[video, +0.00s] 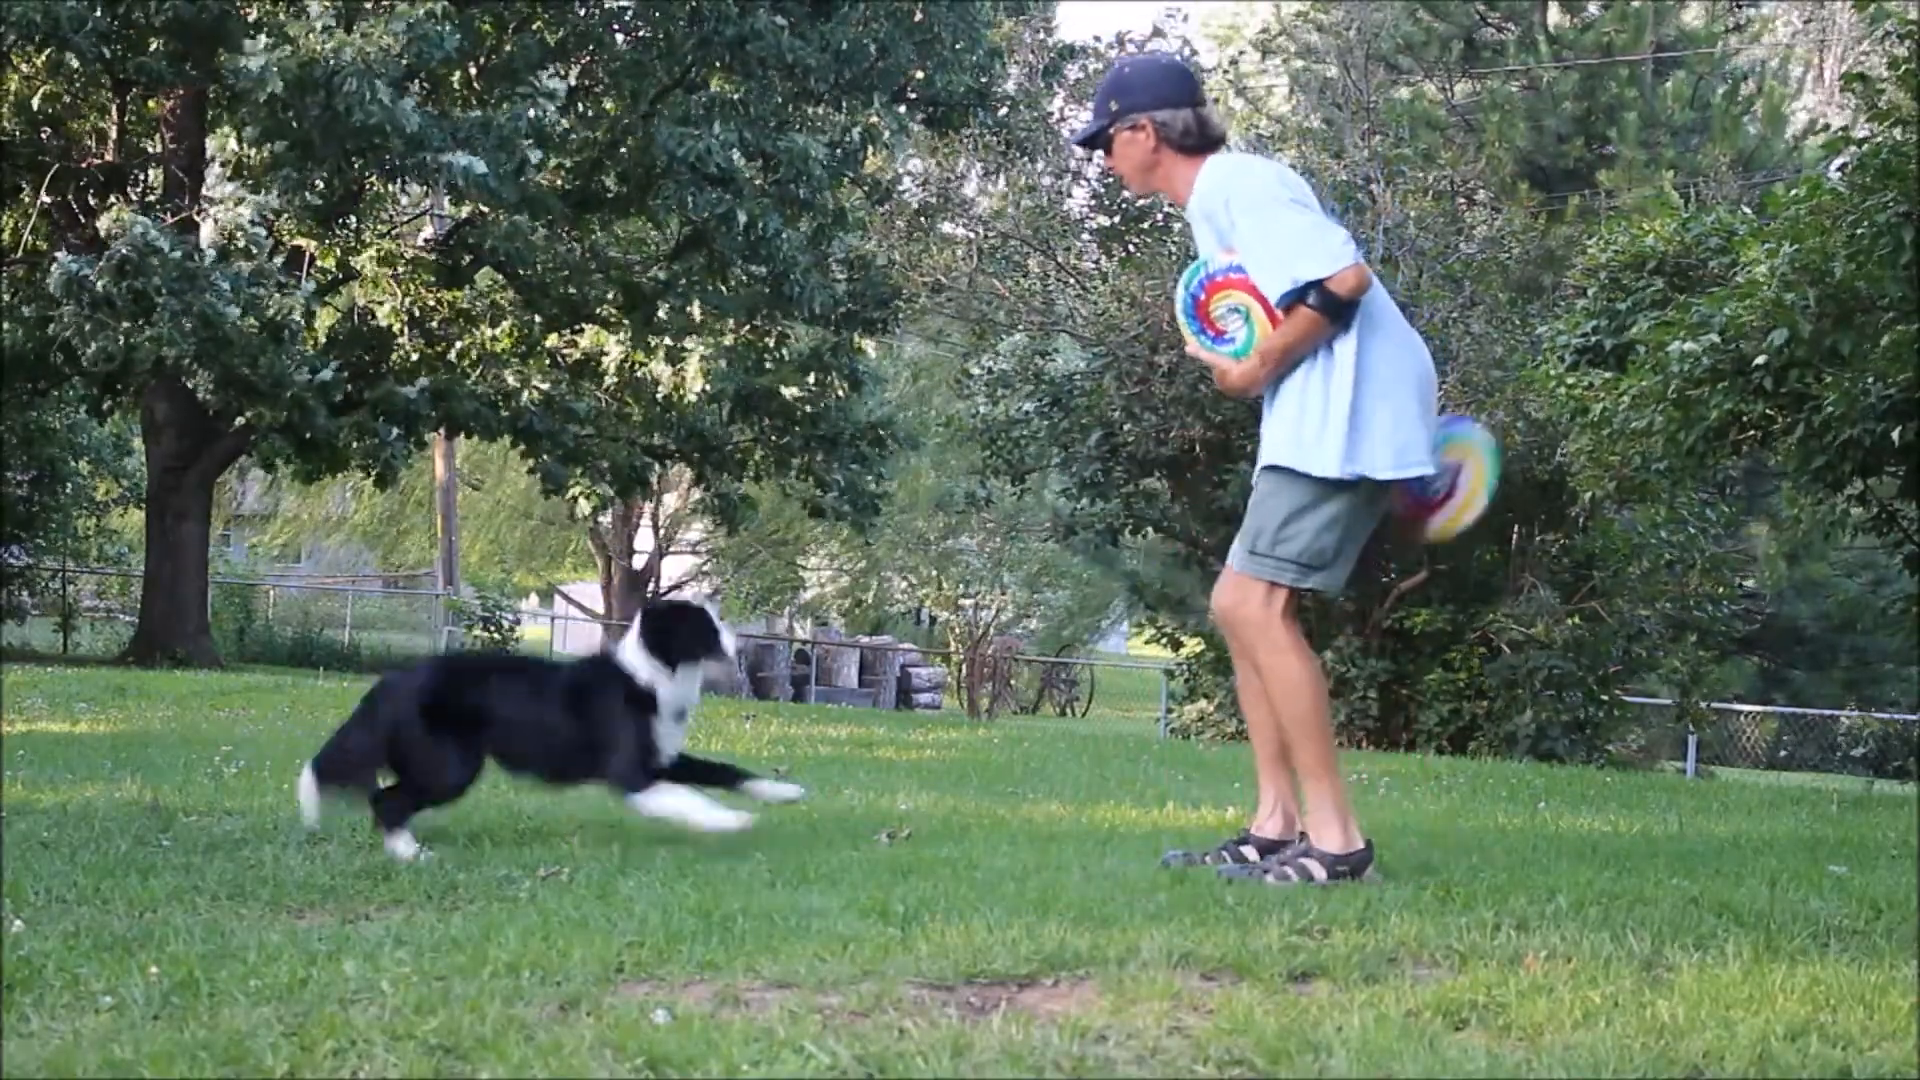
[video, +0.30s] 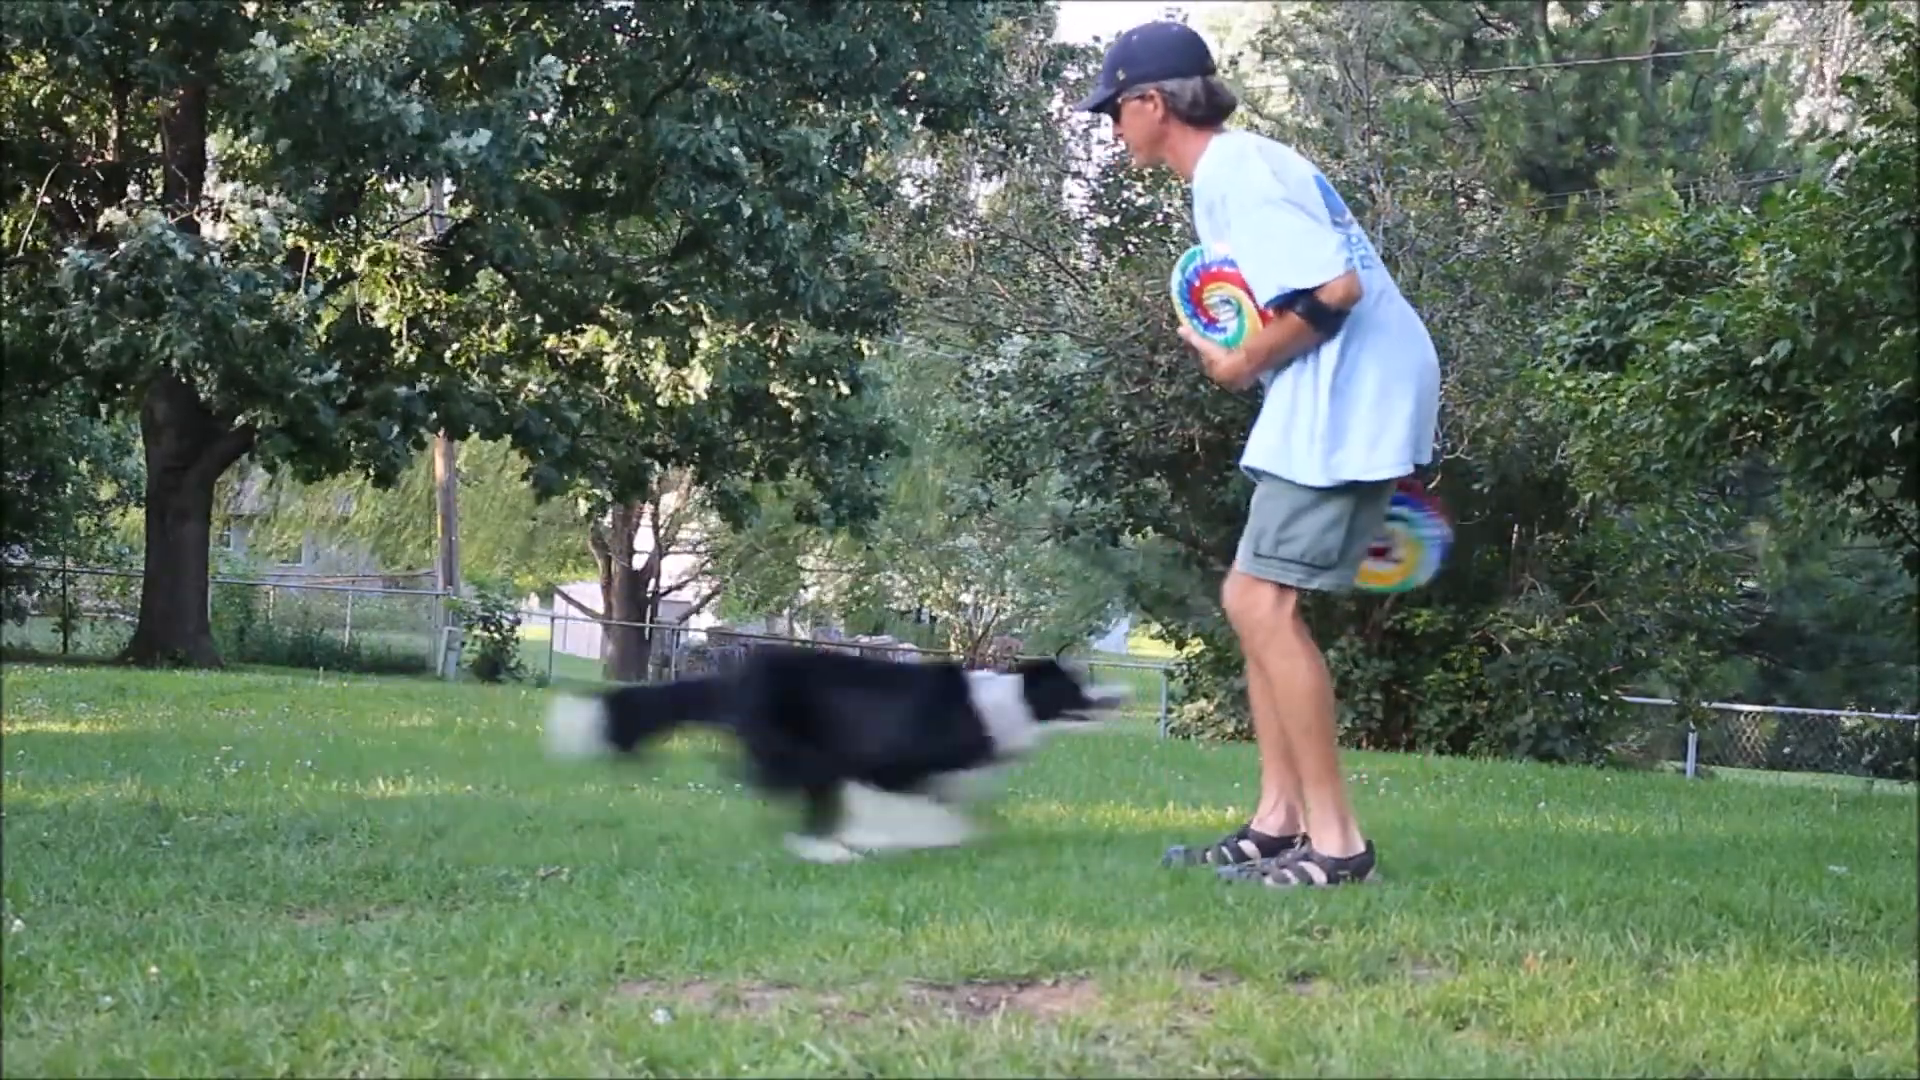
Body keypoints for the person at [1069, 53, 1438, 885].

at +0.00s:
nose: (1107, 161)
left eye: (1109, 142)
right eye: (1104, 146)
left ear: (1148, 131)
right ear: (1153, 132)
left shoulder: (1233, 183)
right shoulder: (1216, 201)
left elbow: (1341, 276)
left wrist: (1258, 366)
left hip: (1350, 421)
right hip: (1320, 422)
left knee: (1257, 606)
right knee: (1236, 606)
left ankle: (1334, 841)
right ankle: (1277, 826)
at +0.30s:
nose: (1115, 133)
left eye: (1118, 112)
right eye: (1112, 116)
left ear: (1157, 102)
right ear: (1166, 101)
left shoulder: (1237, 174)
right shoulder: (1241, 167)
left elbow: (1331, 288)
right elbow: (1339, 289)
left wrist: (1240, 361)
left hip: (1353, 401)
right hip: (1341, 397)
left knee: (1263, 601)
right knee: (1249, 598)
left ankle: (1336, 844)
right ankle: (1279, 825)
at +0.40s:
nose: (1118, 131)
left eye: (1121, 111)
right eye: (1115, 114)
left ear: (1162, 100)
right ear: (1167, 99)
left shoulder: (1242, 171)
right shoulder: (1227, 175)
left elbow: (1340, 286)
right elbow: (1316, 288)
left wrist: (1246, 362)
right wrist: (1240, 341)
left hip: (1355, 405)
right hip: (1324, 403)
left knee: (1262, 603)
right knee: (1230, 590)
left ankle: (1337, 845)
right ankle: (1282, 819)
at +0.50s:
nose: (1122, 129)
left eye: (1127, 109)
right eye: (1119, 112)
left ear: (1170, 100)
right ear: (1172, 101)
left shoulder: (1252, 170)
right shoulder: (1230, 185)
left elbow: (1354, 288)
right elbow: (1313, 333)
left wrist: (1252, 363)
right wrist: (1241, 433)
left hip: (1355, 415)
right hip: (1324, 416)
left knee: (1259, 605)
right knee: (1229, 599)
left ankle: (1335, 844)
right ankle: (1285, 830)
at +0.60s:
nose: (1129, 130)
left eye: (1135, 110)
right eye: (1127, 113)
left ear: (1179, 101)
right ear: (1184, 104)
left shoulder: (1264, 171)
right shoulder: (1235, 191)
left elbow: (1366, 293)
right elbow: (1284, 346)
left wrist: (1260, 365)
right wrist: (1190, 408)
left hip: (1353, 420)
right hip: (1320, 420)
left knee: (1239, 604)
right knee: (1231, 606)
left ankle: (1332, 838)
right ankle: (1286, 830)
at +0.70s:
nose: (1139, 133)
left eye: (1146, 114)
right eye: (1137, 116)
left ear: (1192, 106)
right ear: (1197, 110)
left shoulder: (1278, 179)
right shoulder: (1239, 201)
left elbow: (1380, 304)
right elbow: (1267, 354)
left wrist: (1283, 368)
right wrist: (1157, 386)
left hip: (1356, 423)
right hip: (1319, 424)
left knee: (1230, 602)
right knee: (1220, 605)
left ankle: (1324, 834)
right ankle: (1282, 831)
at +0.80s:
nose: (1146, 142)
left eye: (1154, 123)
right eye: (1144, 126)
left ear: (1205, 115)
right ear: (1207, 120)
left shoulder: (1288, 188)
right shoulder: (1249, 211)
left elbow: (1388, 311)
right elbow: (1267, 375)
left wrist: (1296, 374)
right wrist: (1146, 385)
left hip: (1361, 431)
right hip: (1328, 430)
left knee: (1223, 596)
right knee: (1216, 599)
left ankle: (1318, 824)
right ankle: (1282, 828)